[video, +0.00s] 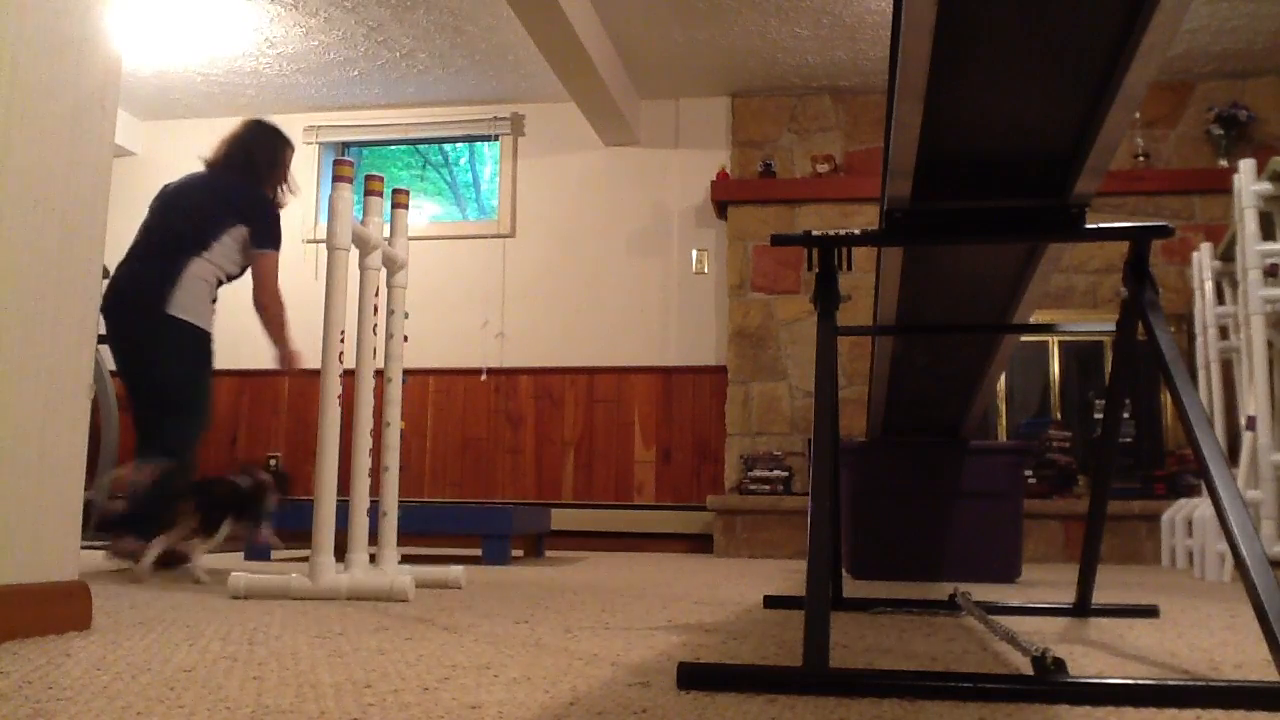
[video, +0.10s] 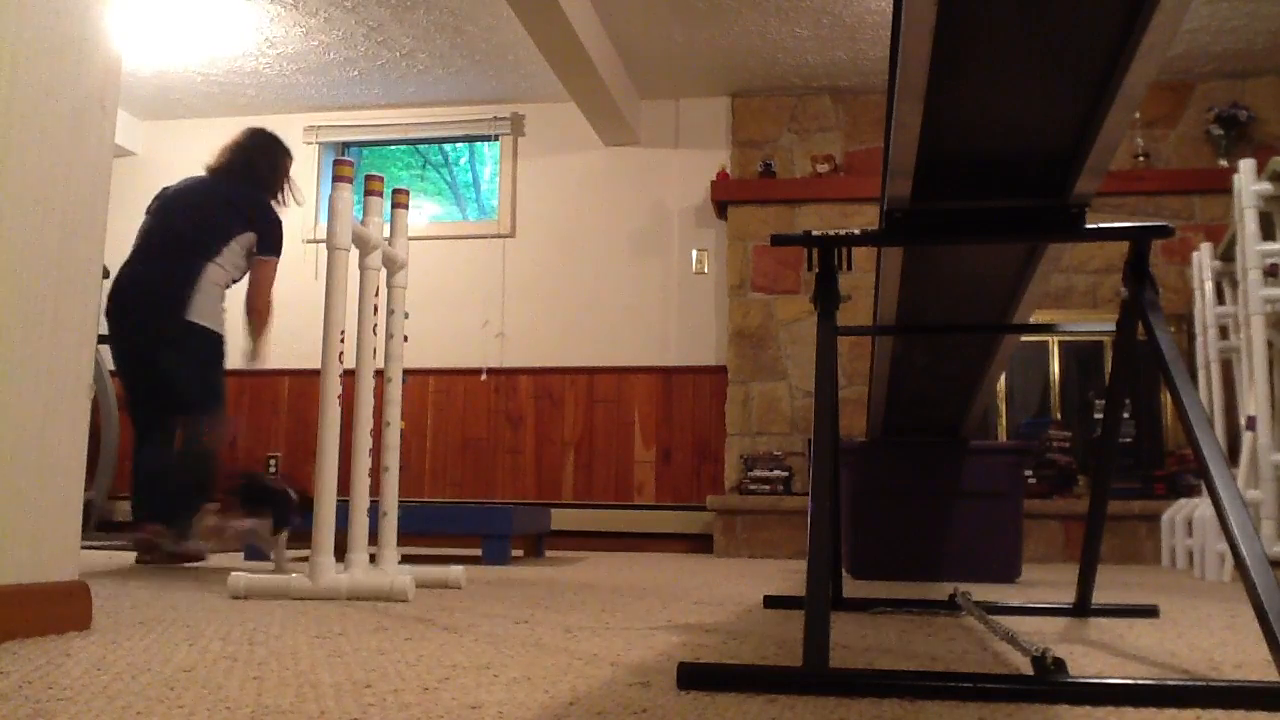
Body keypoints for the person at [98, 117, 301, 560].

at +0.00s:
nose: (285, 176)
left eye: (287, 166)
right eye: (284, 166)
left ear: (235, 151)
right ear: (271, 164)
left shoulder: (184, 186)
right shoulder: (259, 208)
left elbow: (146, 251)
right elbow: (265, 294)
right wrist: (285, 347)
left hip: (122, 306)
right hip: (177, 318)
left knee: (153, 420)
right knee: (186, 421)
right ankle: (138, 525)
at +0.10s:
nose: (285, 183)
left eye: (285, 175)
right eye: (284, 175)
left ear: (232, 156)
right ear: (274, 173)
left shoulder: (178, 190)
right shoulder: (263, 217)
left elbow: (142, 253)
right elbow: (259, 299)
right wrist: (257, 342)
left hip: (126, 307)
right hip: (189, 321)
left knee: (151, 422)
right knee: (208, 424)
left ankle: (149, 527)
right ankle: (175, 527)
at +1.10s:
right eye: (323, 227)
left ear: (276, 205)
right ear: (318, 222)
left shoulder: (232, 221)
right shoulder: (315, 249)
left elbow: (192, 286)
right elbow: (297, 323)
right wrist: (287, 395)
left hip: (192, 318)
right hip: (255, 328)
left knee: (177, 425)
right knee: (248, 434)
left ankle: (164, 537)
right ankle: (233, 543)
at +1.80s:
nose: (346, 271)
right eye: (347, 262)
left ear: (305, 225)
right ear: (338, 244)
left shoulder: (265, 242)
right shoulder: (327, 259)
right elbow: (304, 341)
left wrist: (284, 374)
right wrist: (308, 398)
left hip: (188, 309)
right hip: (247, 323)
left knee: (196, 423)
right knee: (248, 431)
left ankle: (184, 534)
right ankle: (234, 540)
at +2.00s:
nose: (353, 297)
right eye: (355, 287)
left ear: (325, 253)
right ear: (348, 270)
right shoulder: (329, 272)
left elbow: (280, 370)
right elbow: (308, 360)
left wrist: (319, 417)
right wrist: (329, 407)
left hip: (178, 321)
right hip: (227, 333)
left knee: (208, 434)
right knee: (245, 441)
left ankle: (212, 538)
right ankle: (236, 543)